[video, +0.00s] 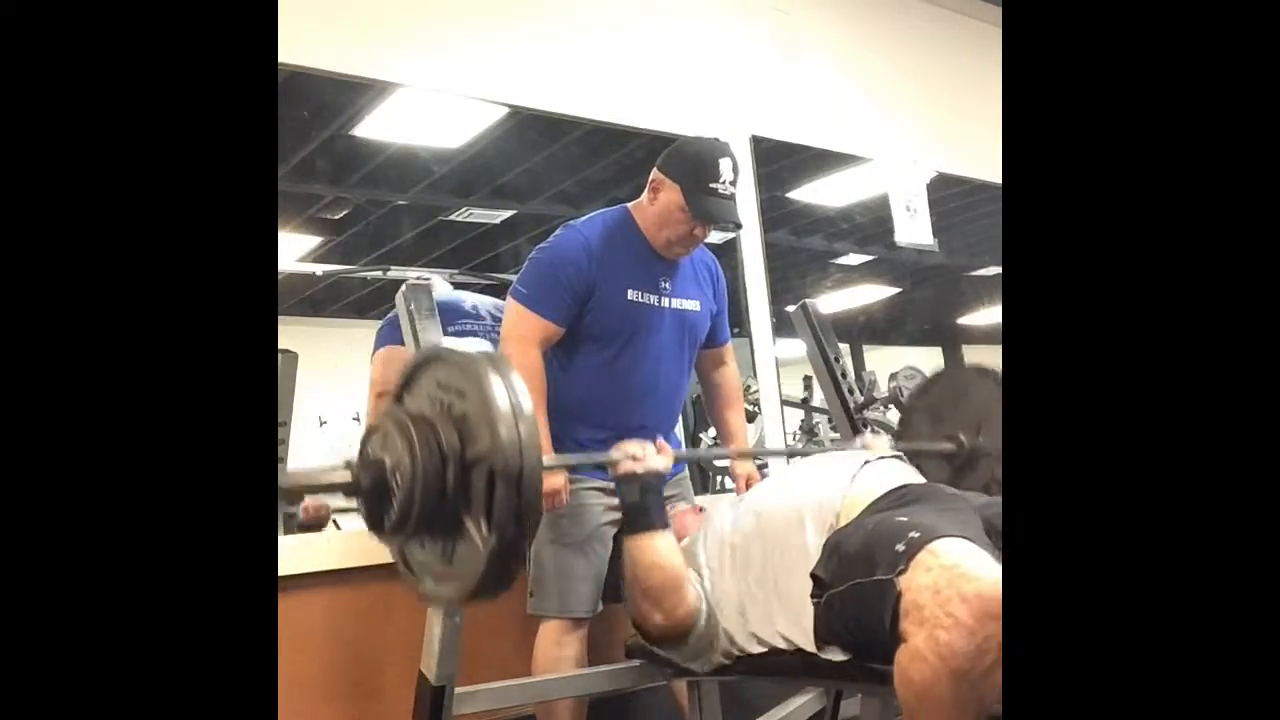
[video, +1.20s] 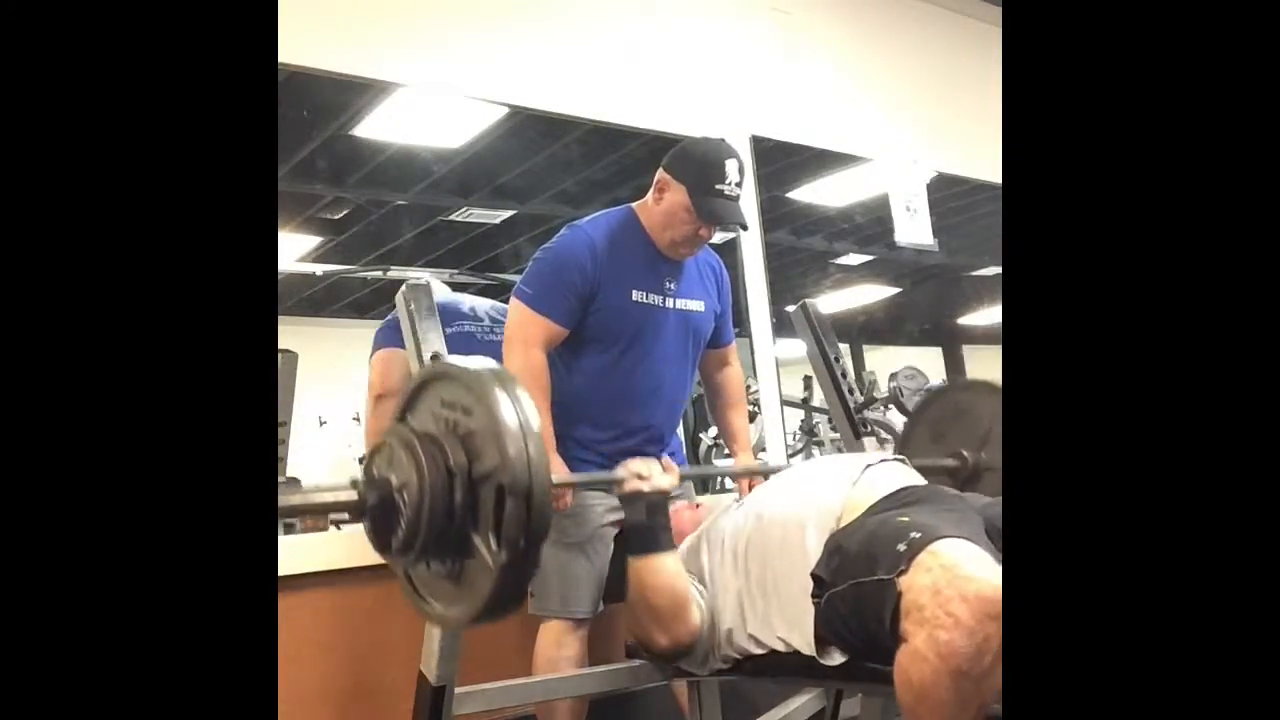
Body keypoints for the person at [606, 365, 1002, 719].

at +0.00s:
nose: (680, 505)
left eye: (680, 500)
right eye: (667, 512)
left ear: (698, 504)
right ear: (660, 545)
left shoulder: (753, 506)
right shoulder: (689, 593)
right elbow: (662, 613)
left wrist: (872, 451)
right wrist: (641, 493)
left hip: (934, 493)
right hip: (863, 529)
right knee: (975, 609)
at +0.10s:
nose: (687, 493)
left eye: (685, 488)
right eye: (672, 496)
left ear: (700, 497)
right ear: (661, 529)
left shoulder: (754, 507)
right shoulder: (687, 576)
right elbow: (674, 646)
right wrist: (646, 516)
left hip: (948, 495)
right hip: (869, 528)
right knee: (973, 607)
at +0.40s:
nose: (688, 503)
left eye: (688, 498)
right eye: (674, 506)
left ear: (703, 503)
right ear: (668, 537)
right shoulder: (690, 576)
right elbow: (671, 640)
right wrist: (647, 514)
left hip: (951, 494)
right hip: (873, 528)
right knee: (976, 611)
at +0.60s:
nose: (674, 510)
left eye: (670, 506)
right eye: (657, 521)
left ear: (682, 508)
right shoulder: (685, 607)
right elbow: (649, 583)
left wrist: (870, 447)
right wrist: (630, 458)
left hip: (941, 494)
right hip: (858, 531)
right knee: (974, 597)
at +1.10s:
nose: (678, 506)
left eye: (677, 503)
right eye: (664, 518)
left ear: (696, 507)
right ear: (654, 544)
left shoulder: (757, 504)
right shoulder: (685, 587)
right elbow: (658, 610)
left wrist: (872, 453)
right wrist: (636, 493)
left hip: (946, 498)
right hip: (863, 531)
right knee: (971, 601)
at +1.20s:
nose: (684, 500)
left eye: (685, 495)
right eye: (671, 505)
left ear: (700, 499)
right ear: (663, 540)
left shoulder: (757, 505)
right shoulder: (683, 580)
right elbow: (666, 636)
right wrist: (643, 511)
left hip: (934, 492)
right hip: (865, 529)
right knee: (972, 605)